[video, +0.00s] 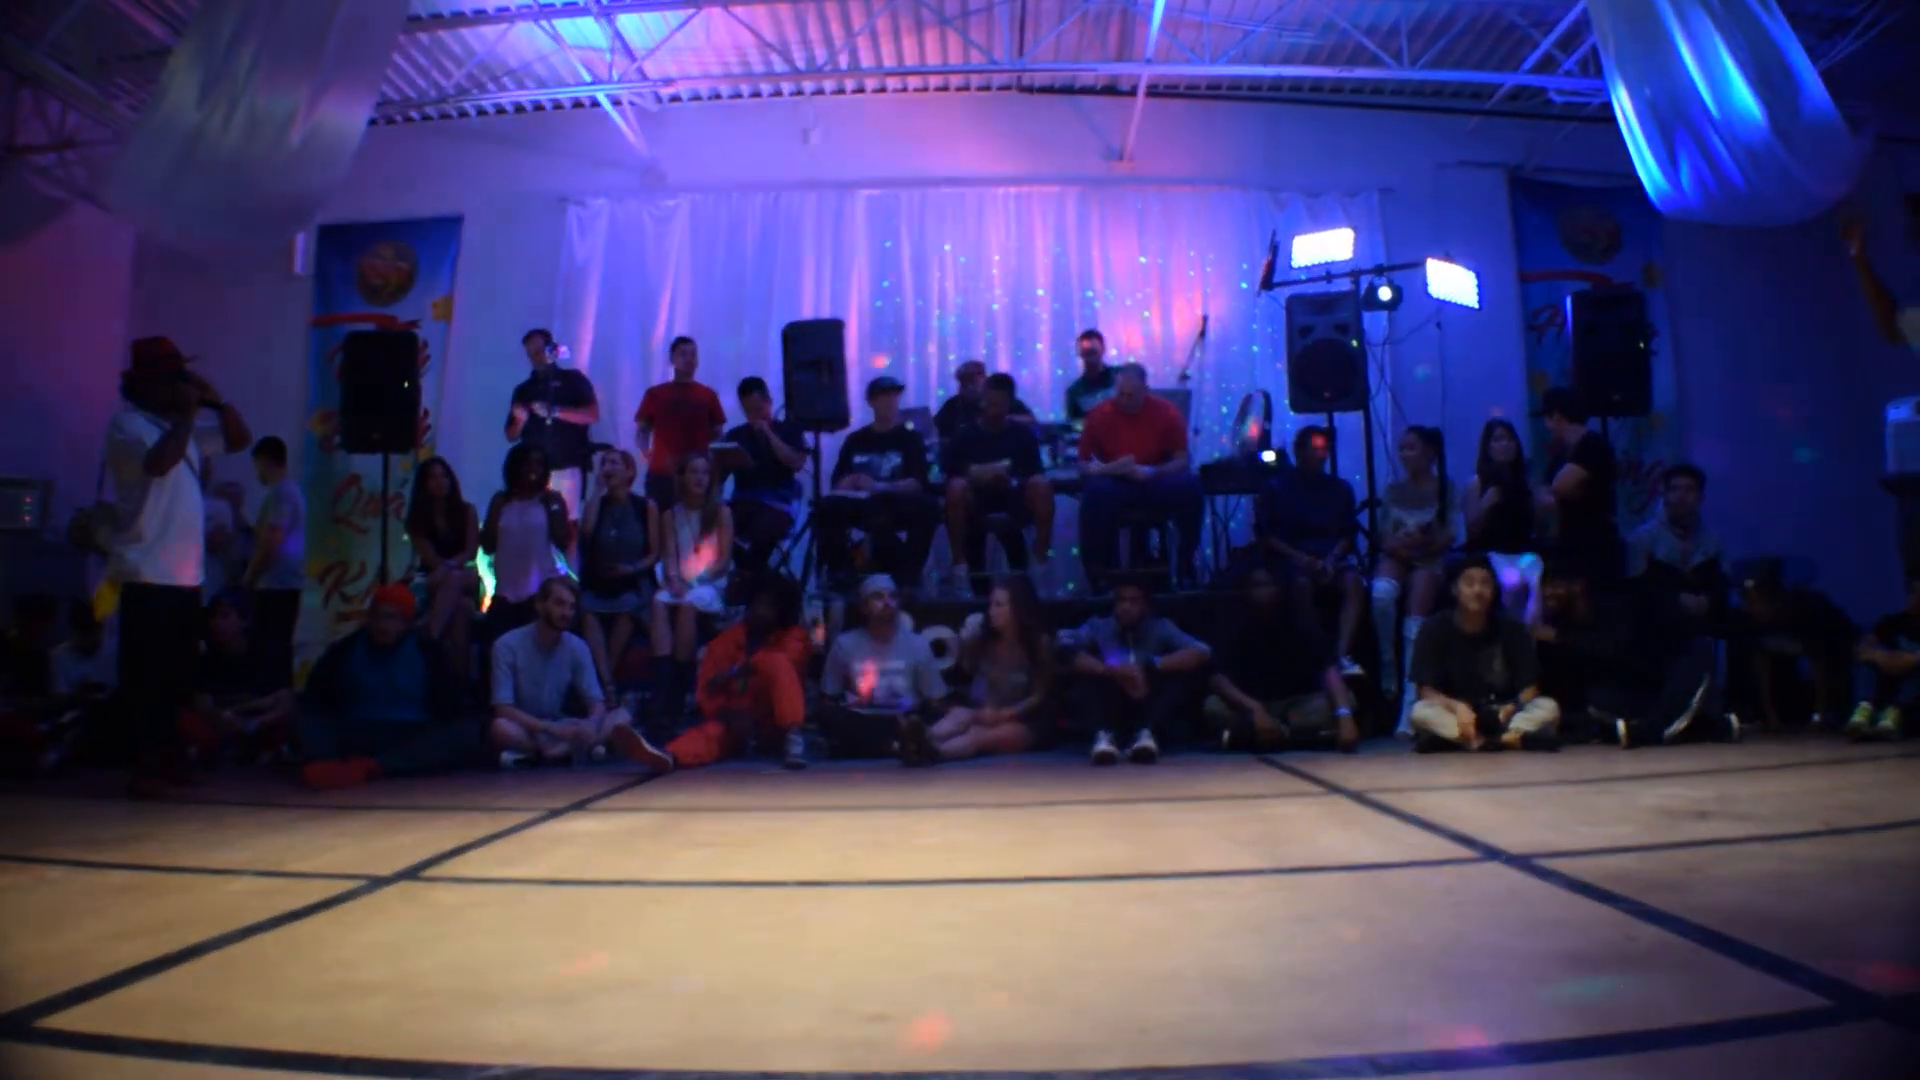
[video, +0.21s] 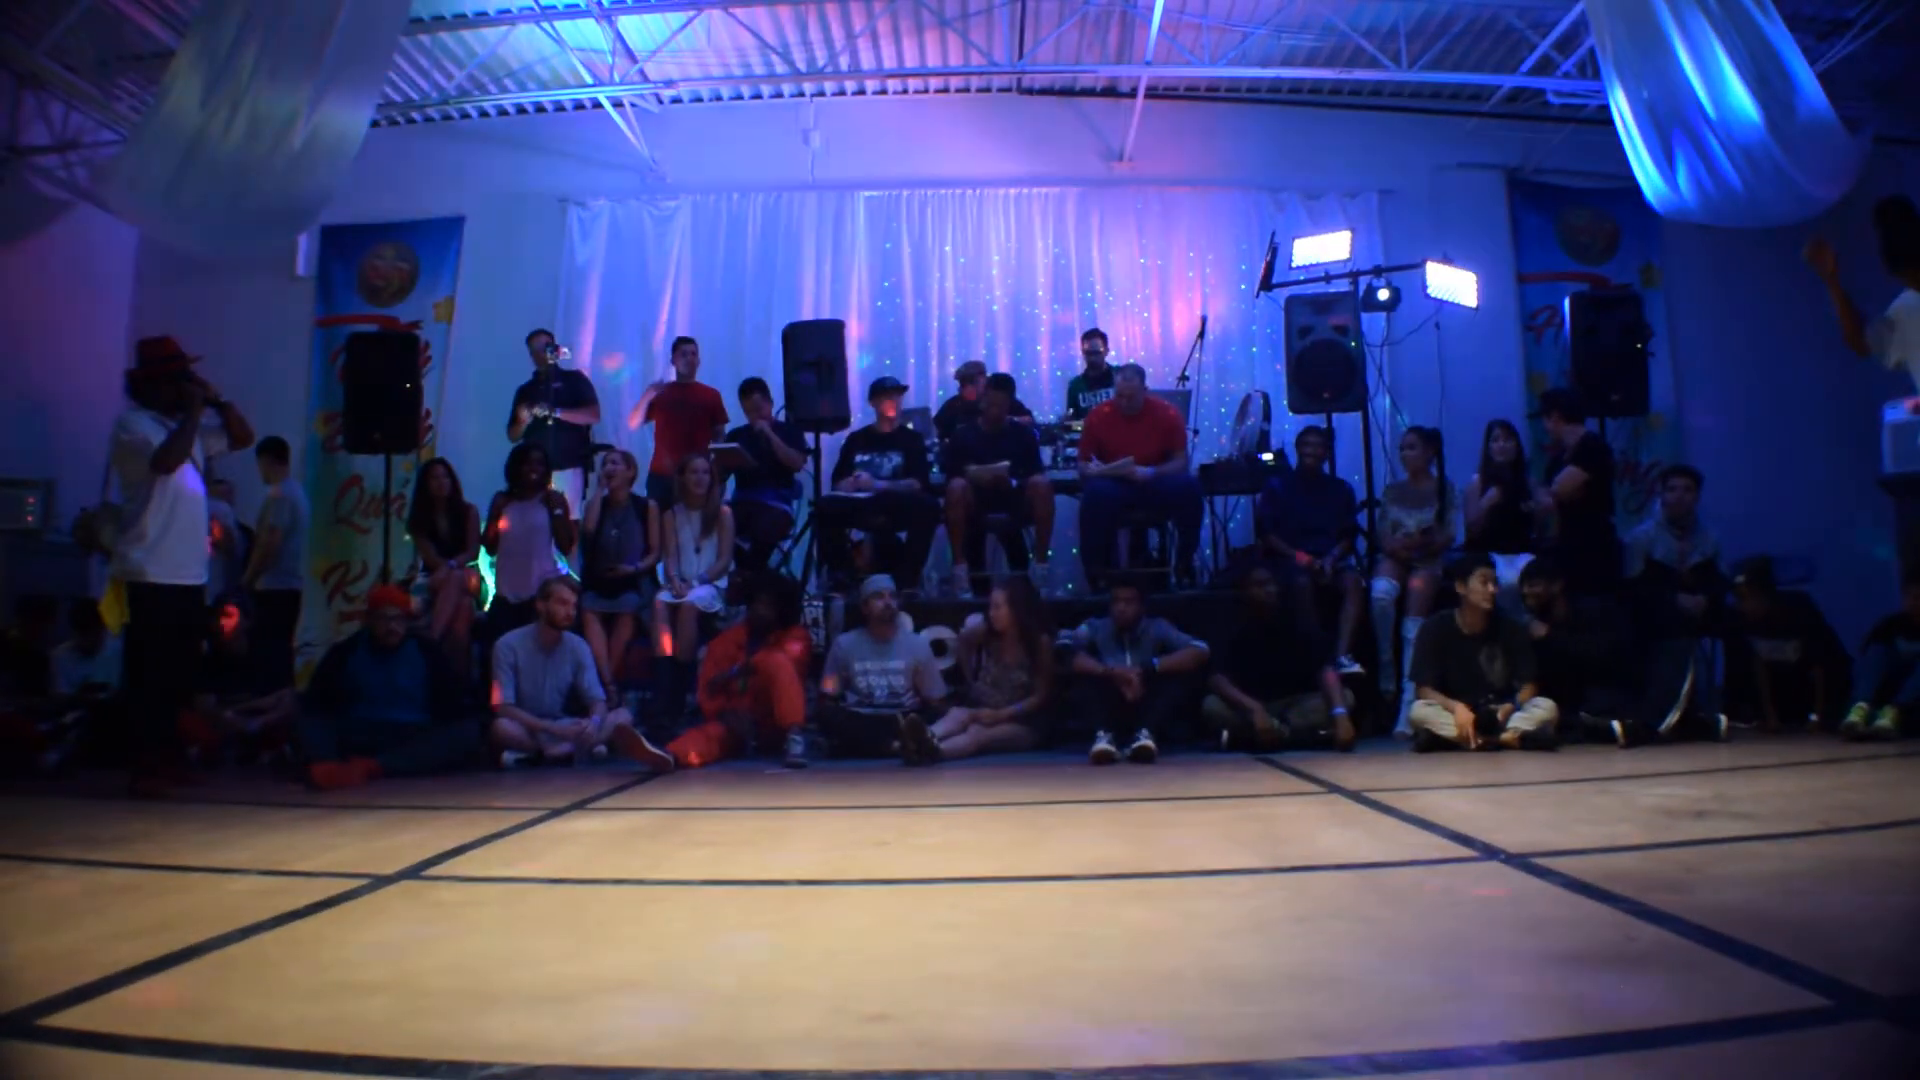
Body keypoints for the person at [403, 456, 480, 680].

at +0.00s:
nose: (439, 483)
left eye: (443, 477)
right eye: (433, 478)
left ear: (450, 480)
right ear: (424, 484)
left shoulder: (466, 511)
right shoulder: (418, 514)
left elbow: (471, 549)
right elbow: (425, 553)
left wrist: (448, 566)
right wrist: (449, 570)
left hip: (466, 573)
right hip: (433, 576)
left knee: (453, 577)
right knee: (462, 605)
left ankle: (431, 635)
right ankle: (458, 675)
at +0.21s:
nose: (440, 483)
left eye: (444, 477)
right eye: (434, 479)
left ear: (452, 481)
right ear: (425, 484)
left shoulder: (468, 511)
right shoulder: (420, 515)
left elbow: (472, 550)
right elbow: (427, 553)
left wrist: (450, 566)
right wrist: (450, 569)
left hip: (467, 572)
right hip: (436, 575)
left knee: (454, 578)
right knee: (463, 603)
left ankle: (433, 636)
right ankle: (458, 671)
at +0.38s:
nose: (440, 483)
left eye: (444, 477)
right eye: (434, 479)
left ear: (452, 481)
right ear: (426, 484)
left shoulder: (468, 511)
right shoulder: (421, 513)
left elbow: (472, 551)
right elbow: (423, 547)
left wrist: (451, 565)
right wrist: (445, 567)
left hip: (468, 573)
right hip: (436, 575)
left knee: (453, 578)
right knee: (462, 603)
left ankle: (434, 637)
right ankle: (459, 670)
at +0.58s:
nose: (440, 483)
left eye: (444, 477)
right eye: (434, 479)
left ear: (452, 481)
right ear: (425, 484)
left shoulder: (468, 511)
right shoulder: (420, 514)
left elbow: (473, 551)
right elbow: (425, 549)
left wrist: (451, 565)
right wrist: (446, 568)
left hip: (468, 573)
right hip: (435, 576)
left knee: (453, 578)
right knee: (462, 604)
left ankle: (433, 636)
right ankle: (458, 672)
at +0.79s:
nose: (440, 483)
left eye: (444, 477)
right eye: (434, 478)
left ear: (452, 481)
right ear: (425, 484)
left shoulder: (468, 511)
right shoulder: (420, 514)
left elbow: (472, 550)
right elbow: (425, 549)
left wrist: (452, 564)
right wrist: (445, 567)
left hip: (467, 572)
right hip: (436, 575)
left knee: (453, 577)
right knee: (461, 603)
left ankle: (434, 636)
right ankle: (458, 671)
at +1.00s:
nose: (440, 483)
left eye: (444, 477)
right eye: (434, 478)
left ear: (452, 481)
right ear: (425, 484)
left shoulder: (468, 512)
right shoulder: (420, 515)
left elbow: (472, 551)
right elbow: (427, 553)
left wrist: (451, 563)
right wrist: (447, 568)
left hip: (467, 572)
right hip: (434, 575)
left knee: (454, 577)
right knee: (464, 603)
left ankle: (434, 636)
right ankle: (457, 666)